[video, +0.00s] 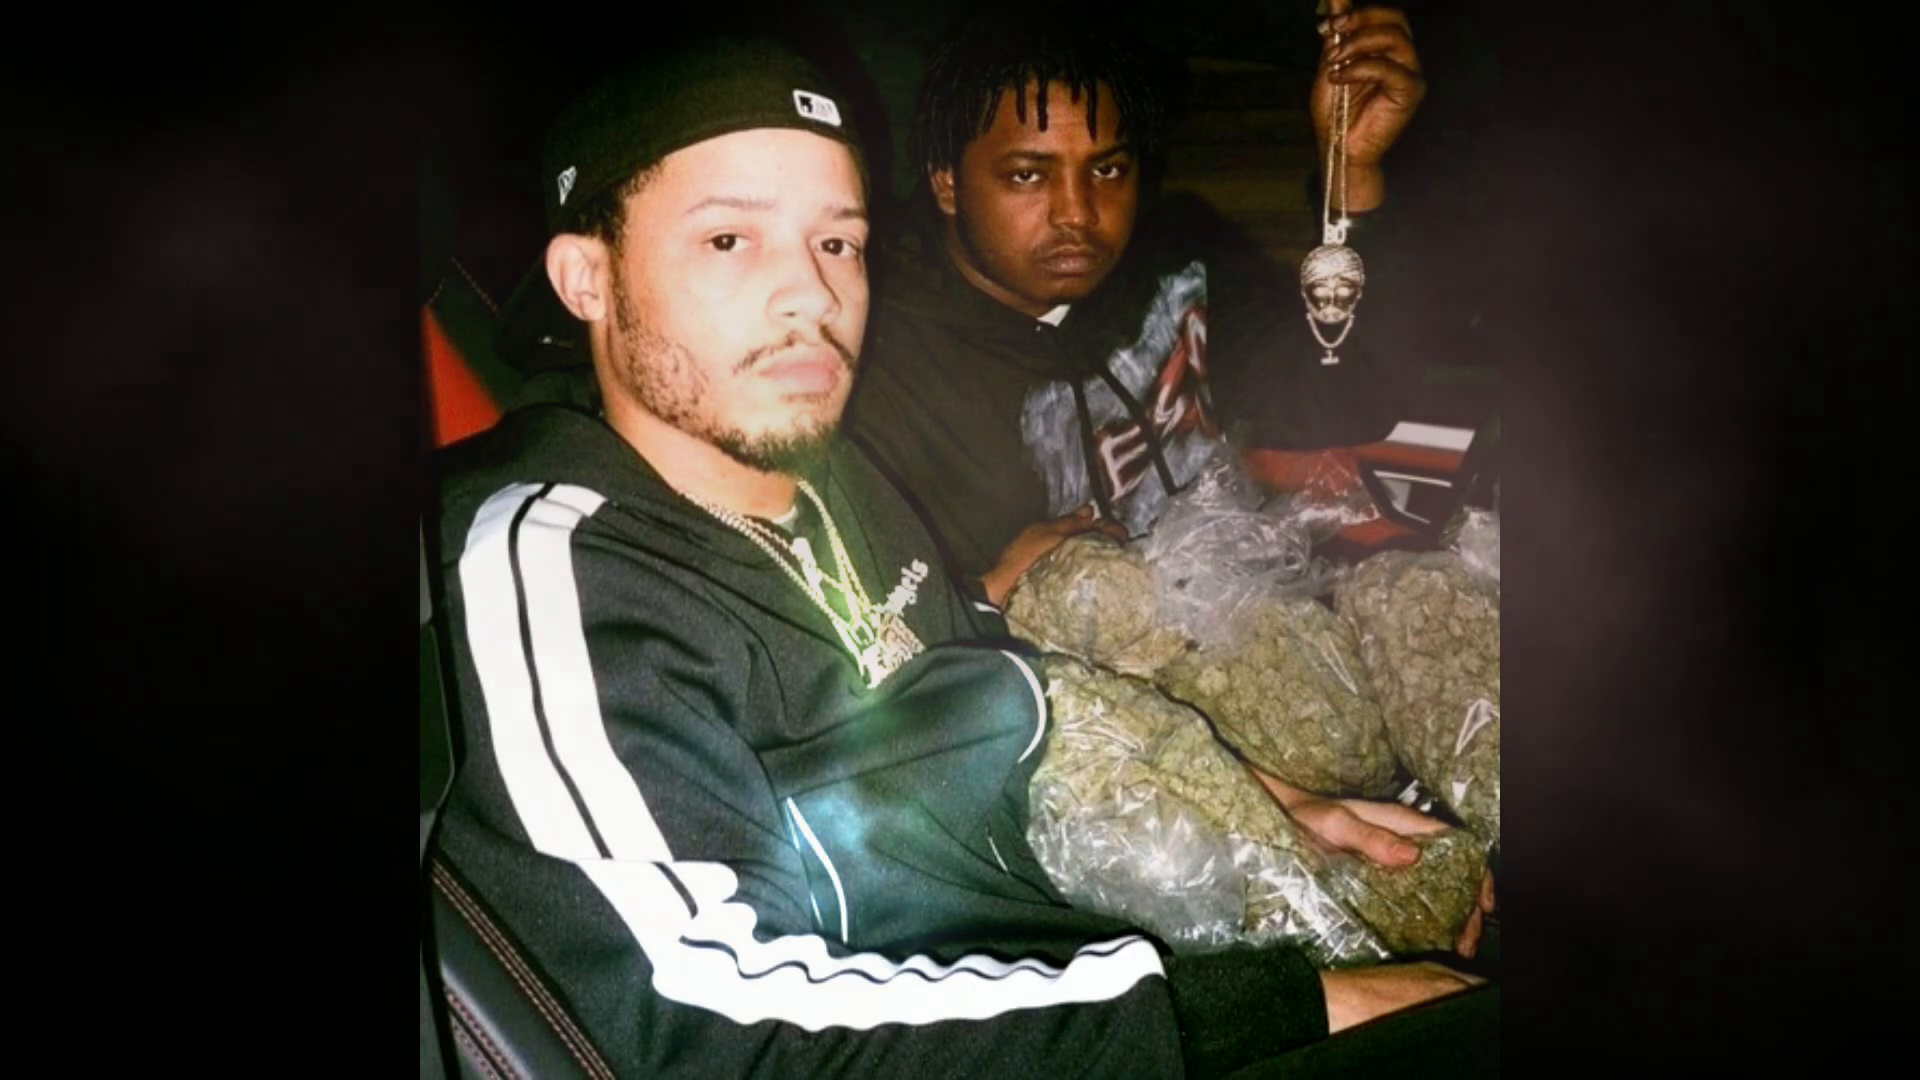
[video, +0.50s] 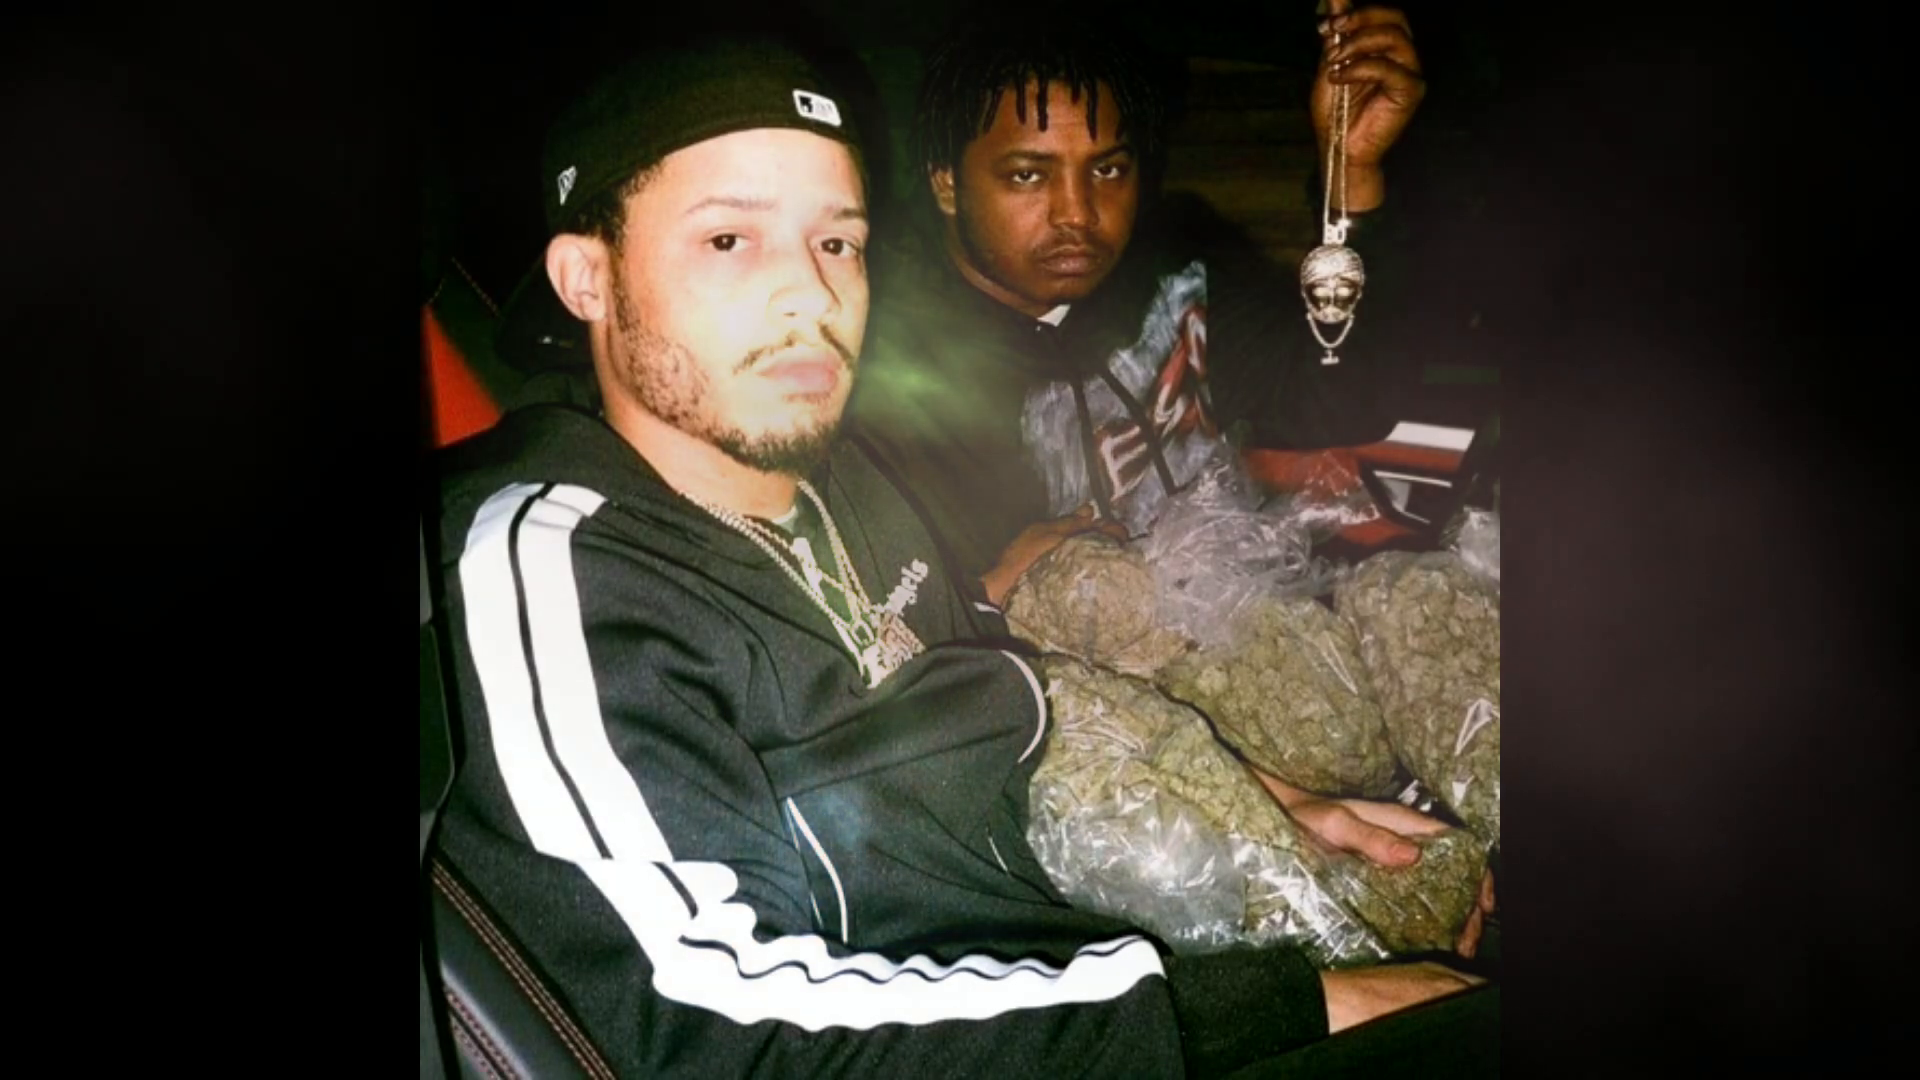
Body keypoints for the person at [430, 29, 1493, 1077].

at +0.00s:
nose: (811, 305)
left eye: (836, 249)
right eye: (731, 245)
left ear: (868, 265)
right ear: (588, 281)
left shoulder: (828, 476)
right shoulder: (534, 556)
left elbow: (1005, 732)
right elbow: (697, 1015)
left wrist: (1269, 817)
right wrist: (1272, 1010)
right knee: (1482, 1006)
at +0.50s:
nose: (811, 306)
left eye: (835, 249)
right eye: (730, 246)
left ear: (868, 268)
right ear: (589, 283)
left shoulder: (842, 484)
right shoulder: (530, 550)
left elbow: (1012, 738)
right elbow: (706, 1014)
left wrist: (1267, 817)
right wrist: (1276, 1008)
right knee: (1479, 1006)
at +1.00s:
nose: (811, 302)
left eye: (836, 249)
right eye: (730, 244)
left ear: (868, 270)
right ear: (590, 284)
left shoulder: (838, 481)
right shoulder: (533, 553)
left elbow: (1011, 731)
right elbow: (706, 1011)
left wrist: (1268, 820)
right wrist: (1274, 1008)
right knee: (1490, 1012)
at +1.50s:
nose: (810, 304)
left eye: (835, 250)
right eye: (729, 245)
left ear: (868, 269)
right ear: (588, 282)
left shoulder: (833, 481)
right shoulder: (534, 557)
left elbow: (1011, 738)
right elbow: (709, 1015)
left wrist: (1269, 821)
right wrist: (1277, 1009)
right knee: (1469, 1004)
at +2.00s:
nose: (810, 303)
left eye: (835, 249)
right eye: (729, 244)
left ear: (867, 268)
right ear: (588, 283)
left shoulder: (825, 476)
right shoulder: (532, 552)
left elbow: (1008, 732)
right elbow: (708, 1016)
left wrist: (1267, 819)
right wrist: (1278, 1008)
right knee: (1473, 1004)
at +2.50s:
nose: (810, 303)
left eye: (835, 249)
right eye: (729, 244)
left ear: (866, 269)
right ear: (588, 282)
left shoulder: (828, 482)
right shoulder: (536, 552)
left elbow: (1010, 745)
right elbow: (707, 1019)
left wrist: (1267, 820)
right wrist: (1278, 1008)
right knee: (1489, 1006)